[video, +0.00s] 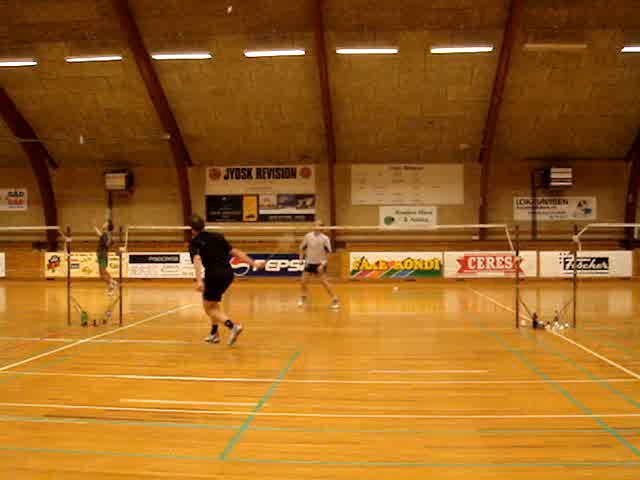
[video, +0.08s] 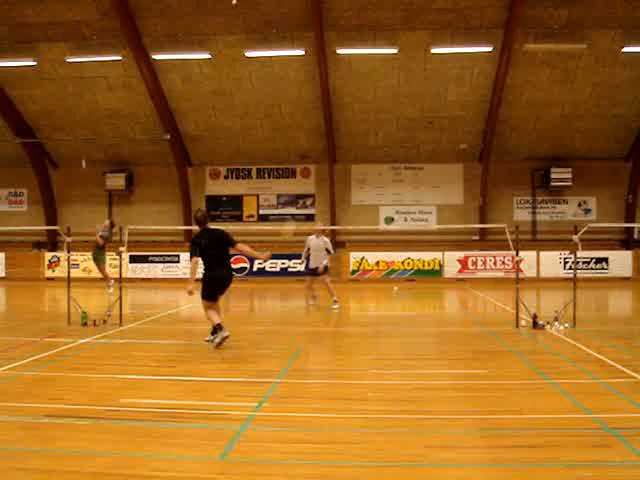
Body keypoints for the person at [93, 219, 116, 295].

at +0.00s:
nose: (103, 225)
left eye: (105, 224)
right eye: (104, 223)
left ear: (108, 227)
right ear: (106, 226)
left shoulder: (107, 235)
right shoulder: (104, 234)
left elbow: (99, 233)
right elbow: (98, 232)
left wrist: (94, 227)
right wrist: (94, 226)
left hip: (103, 255)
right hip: (100, 254)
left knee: (103, 273)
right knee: (103, 272)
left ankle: (112, 284)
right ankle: (111, 283)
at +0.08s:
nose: (103, 225)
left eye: (106, 225)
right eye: (104, 224)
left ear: (108, 227)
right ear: (105, 225)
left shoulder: (106, 234)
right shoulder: (103, 232)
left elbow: (101, 242)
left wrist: (97, 236)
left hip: (101, 254)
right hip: (97, 253)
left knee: (103, 270)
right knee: (101, 270)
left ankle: (110, 281)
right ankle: (108, 281)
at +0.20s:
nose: (103, 228)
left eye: (105, 228)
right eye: (103, 227)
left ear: (107, 231)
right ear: (102, 228)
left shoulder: (105, 239)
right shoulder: (98, 236)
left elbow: (99, 248)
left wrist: (96, 240)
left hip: (100, 255)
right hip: (94, 254)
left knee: (100, 272)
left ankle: (107, 286)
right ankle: (104, 282)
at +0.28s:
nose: (99, 233)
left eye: (102, 232)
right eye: (99, 231)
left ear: (104, 234)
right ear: (98, 233)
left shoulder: (103, 242)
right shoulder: (95, 239)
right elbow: (87, 247)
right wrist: (86, 240)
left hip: (100, 258)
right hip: (93, 256)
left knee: (99, 277)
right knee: (84, 270)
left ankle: (107, 287)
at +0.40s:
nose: (92, 234)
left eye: (94, 232)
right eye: (91, 232)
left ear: (97, 234)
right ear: (90, 233)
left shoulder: (98, 243)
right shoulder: (88, 242)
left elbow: (100, 254)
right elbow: (86, 253)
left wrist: (89, 252)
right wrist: (89, 262)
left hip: (96, 261)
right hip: (88, 259)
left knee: (99, 277)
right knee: (78, 272)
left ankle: (106, 288)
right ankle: (76, 288)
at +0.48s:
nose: (89, 234)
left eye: (91, 232)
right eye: (88, 232)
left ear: (94, 233)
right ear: (87, 233)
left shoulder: (96, 243)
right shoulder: (85, 241)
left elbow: (97, 255)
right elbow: (83, 252)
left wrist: (87, 252)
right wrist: (87, 262)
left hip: (94, 260)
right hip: (86, 259)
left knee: (98, 277)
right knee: (77, 273)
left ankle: (106, 288)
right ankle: (76, 289)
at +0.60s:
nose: (78, 232)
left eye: (80, 230)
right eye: (77, 230)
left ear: (83, 231)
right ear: (75, 231)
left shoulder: (85, 240)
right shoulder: (74, 240)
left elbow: (88, 252)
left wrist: (78, 252)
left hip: (85, 259)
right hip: (78, 258)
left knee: (86, 277)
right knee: (73, 275)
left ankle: (97, 282)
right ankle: (74, 291)